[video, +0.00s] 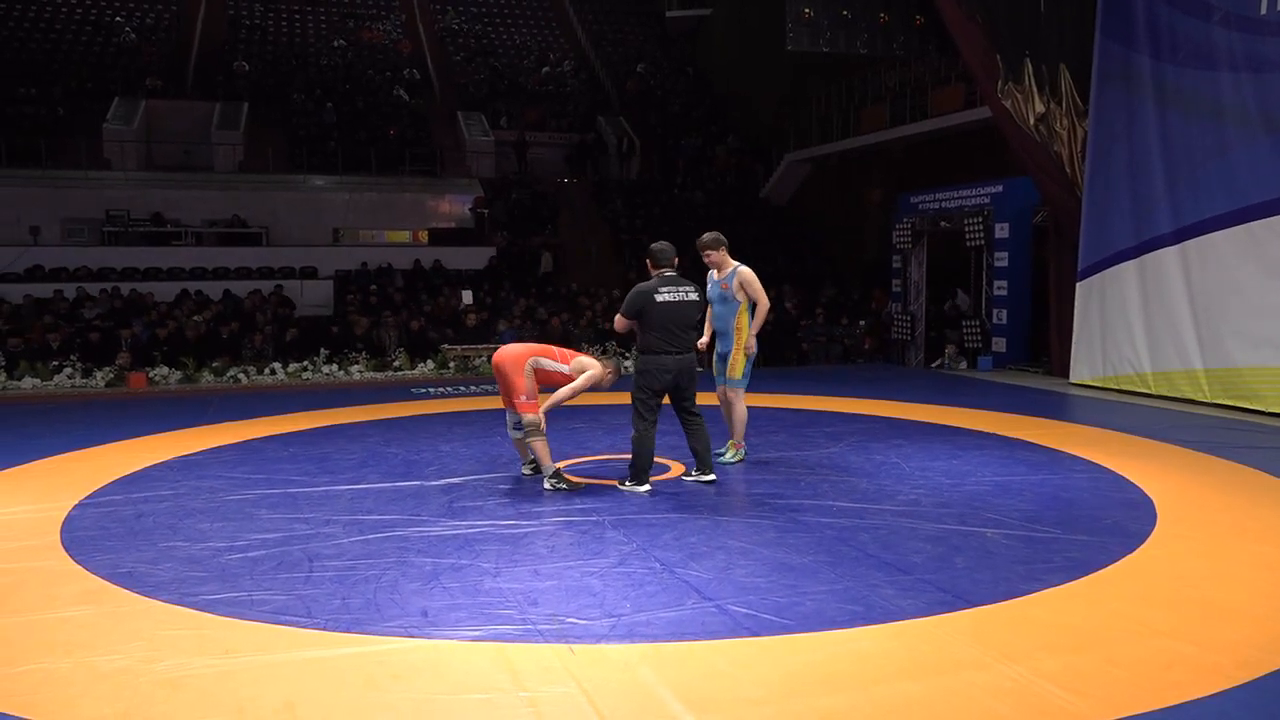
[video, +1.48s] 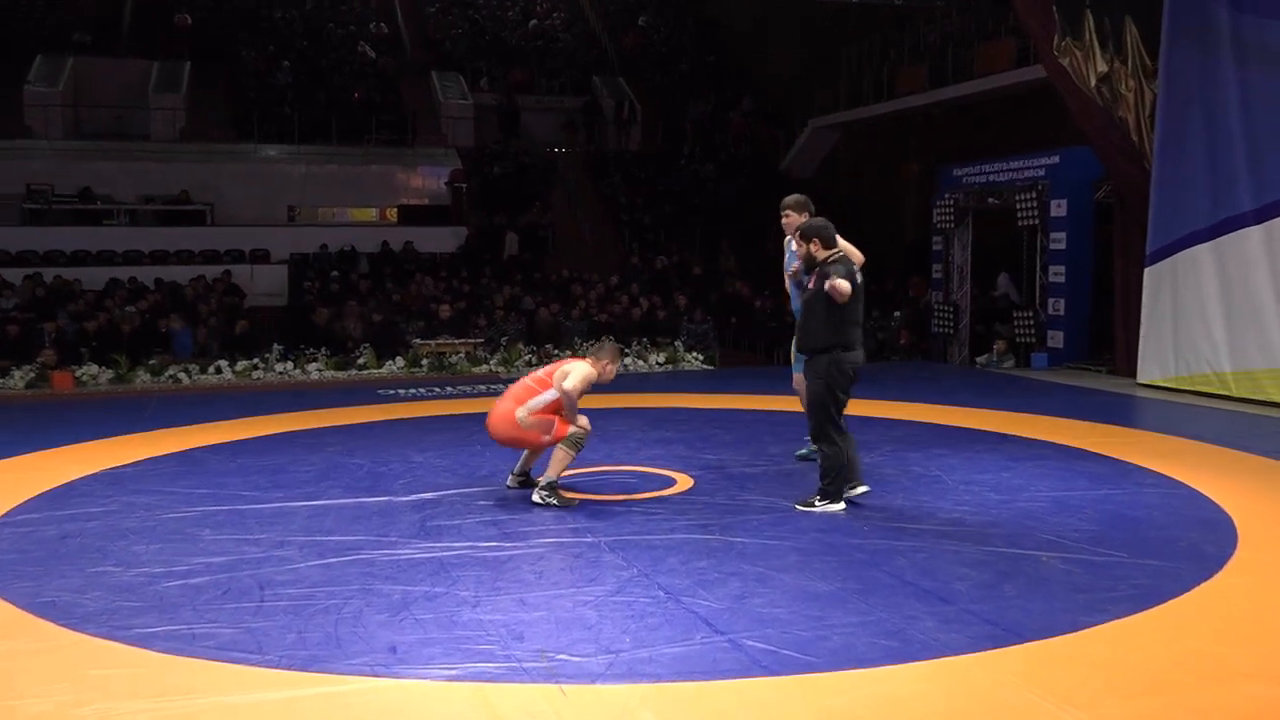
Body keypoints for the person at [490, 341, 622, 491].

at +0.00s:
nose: (609, 385)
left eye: (612, 382)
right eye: (612, 380)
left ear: (601, 363)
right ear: (608, 372)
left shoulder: (581, 364)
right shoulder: (596, 370)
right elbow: (572, 389)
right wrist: (543, 410)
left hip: (502, 357)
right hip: (519, 362)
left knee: (514, 420)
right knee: (532, 422)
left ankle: (528, 463)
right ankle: (552, 476)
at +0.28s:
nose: (614, 356)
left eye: (616, 352)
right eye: (616, 351)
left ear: (602, 336)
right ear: (611, 342)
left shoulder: (582, 337)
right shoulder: (597, 344)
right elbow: (579, 373)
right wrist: (560, 401)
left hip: (505, 359)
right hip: (522, 363)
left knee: (529, 413)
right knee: (551, 415)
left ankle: (530, 461)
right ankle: (553, 474)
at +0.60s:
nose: (615, 365)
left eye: (617, 361)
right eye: (616, 361)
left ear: (595, 351)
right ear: (609, 357)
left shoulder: (580, 356)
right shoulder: (598, 363)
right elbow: (605, 379)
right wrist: (592, 410)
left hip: (518, 412)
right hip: (534, 416)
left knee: (565, 411)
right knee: (590, 424)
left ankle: (537, 460)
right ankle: (561, 472)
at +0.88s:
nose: (613, 376)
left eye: (615, 372)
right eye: (614, 371)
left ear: (594, 361)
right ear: (610, 368)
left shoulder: (577, 368)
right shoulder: (593, 373)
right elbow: (587, 391)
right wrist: (588, 416)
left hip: (521, 434)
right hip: (536, 438)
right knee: (594, 427)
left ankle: (539, 462)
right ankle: (561, 472)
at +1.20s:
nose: (616, 387)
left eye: (619, 383)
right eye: (618, 382)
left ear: (595, 367)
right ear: (610, 377)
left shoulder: (571, 371)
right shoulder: (595, 379)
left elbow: (545, 371)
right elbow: (591, 384)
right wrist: (583, 413)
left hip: (508, 429)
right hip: (524, 434)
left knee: (558, 416)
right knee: (586, 427)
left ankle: (531, 467)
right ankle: (556, 480)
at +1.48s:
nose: (615, 374)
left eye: (616, 369)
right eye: (616, 368)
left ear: (592, 358)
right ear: (606, 365)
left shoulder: (572, 364)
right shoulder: (587, 370)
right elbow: (569, 389)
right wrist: (573, 419)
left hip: (497, 420)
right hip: (511, 424)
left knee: (555, 423)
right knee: (577, 433)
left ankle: (520, 475)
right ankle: (546, 489)